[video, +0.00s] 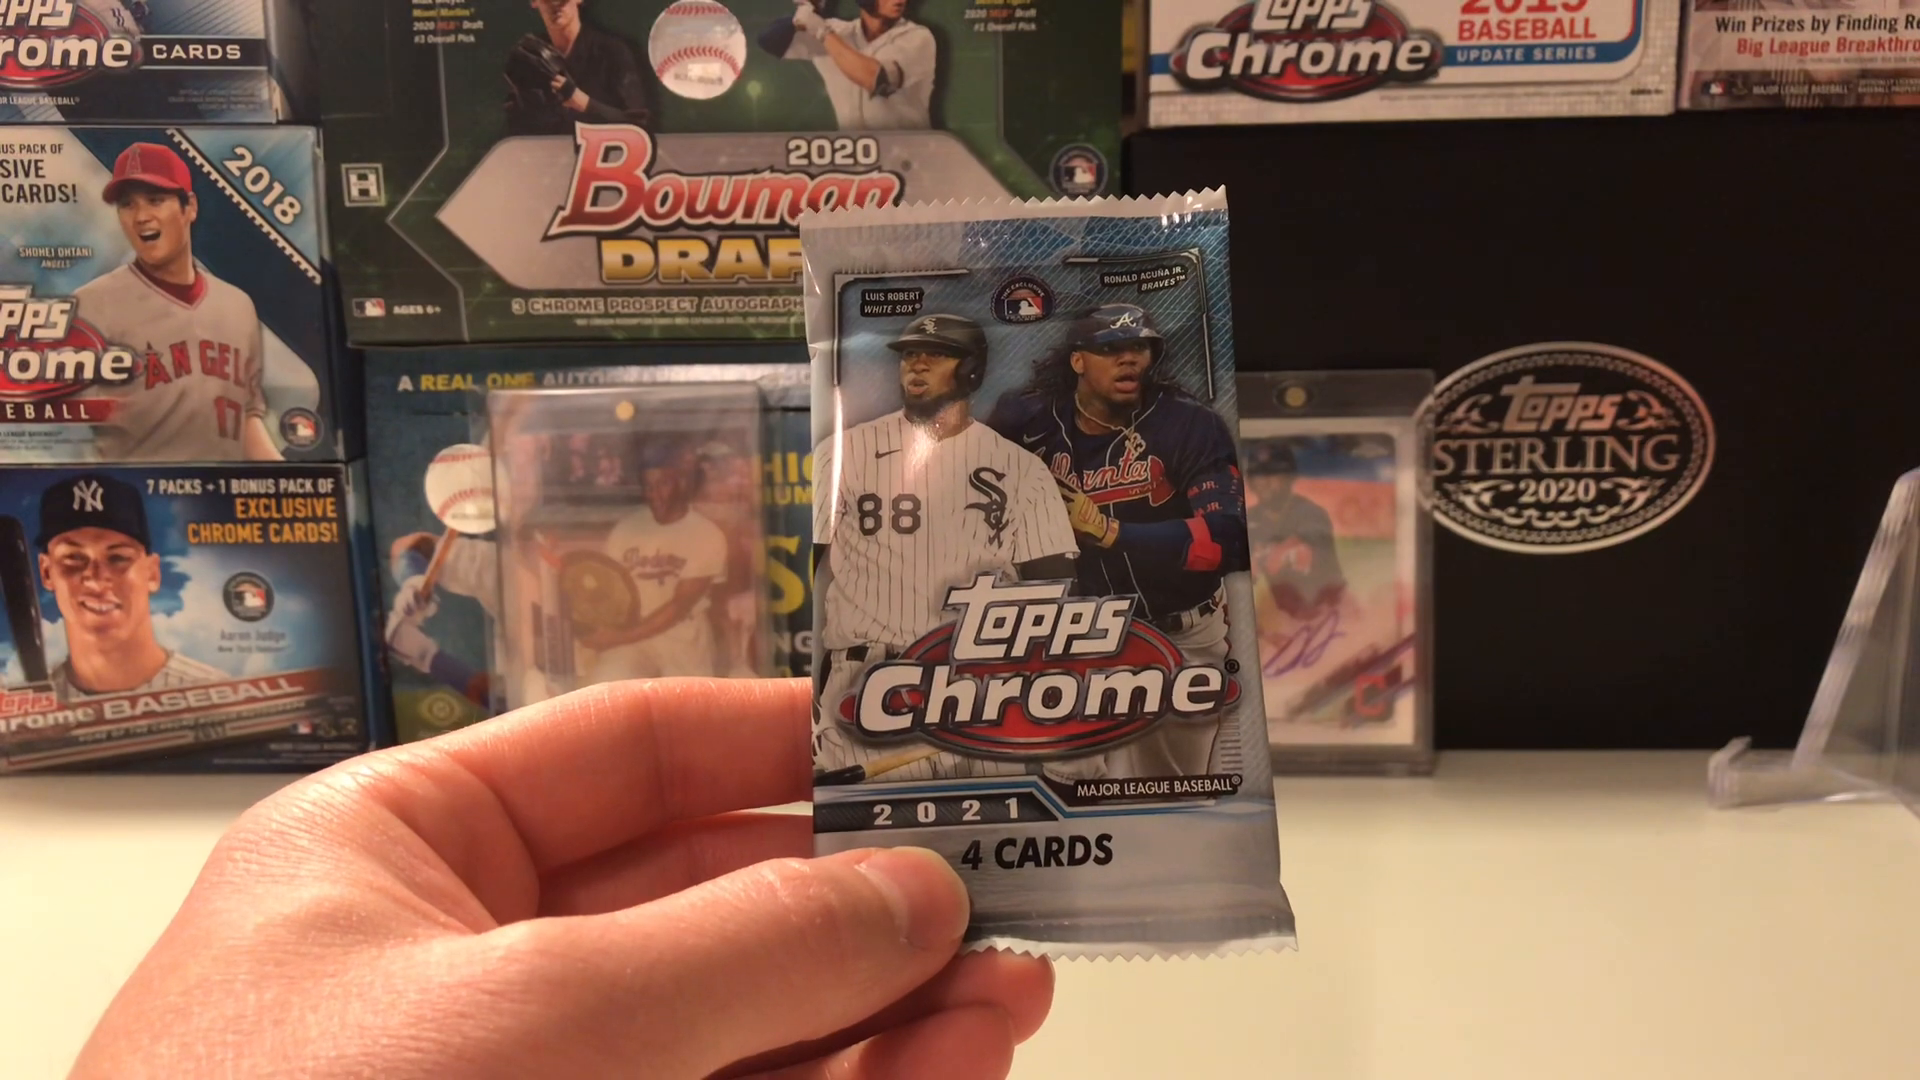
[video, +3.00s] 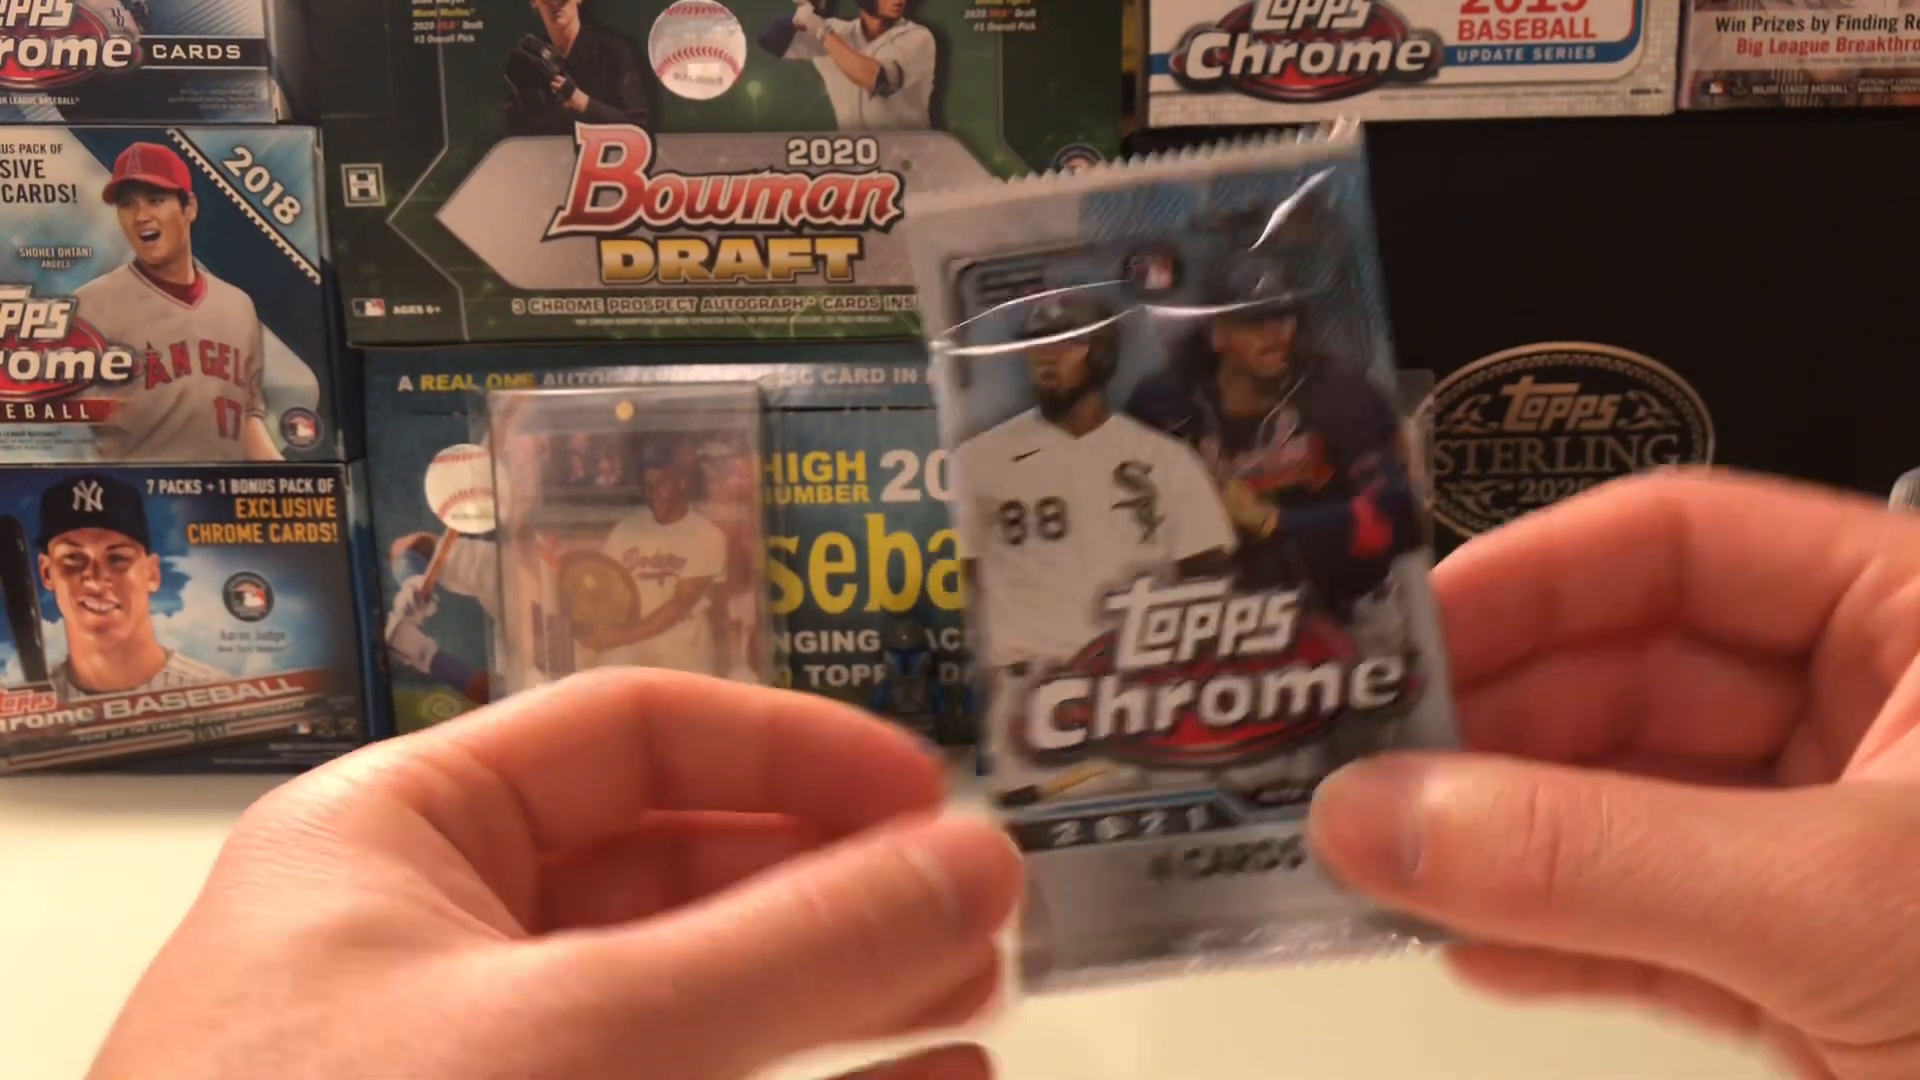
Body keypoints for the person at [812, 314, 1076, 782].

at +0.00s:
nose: (916, 366)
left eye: (933, 356)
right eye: (909, 355)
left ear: (968, 370)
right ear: (899, 365)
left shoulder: (1020, 471)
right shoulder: (840, 456)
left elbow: (1051, 594)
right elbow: (812, 571)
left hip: (975, 694)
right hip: (856, 692)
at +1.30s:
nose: (979, 371)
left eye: (997, 361)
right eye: (972, 360)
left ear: (1033, 378)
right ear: (961, 369)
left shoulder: (1086, 480)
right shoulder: (903, 464)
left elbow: (1121, 607)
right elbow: (866, 590)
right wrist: (870, 713)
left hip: (1042, 713)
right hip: (920, 709)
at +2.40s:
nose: (1032, 370)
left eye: (1051, 360)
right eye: (1025, 359)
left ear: (1087, 377)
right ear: (1014, 369)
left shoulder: (1145, 483)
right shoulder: (957, 464)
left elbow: (1178, 611)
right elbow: (910, 593)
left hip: (1100, 716)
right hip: (979, 714)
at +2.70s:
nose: (1028, 369)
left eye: (1046, 359)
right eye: (1021, 358)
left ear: (1083, 375)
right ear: (1010, 368)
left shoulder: (1139, 478)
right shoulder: (951, 462)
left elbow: (1172, 606)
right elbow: (912, 588)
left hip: (1099, 717)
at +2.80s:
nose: (1038, 376)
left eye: (1055, 366)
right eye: (1031, 365)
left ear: (1091, 382)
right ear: (1020, 375)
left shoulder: (1147, 485)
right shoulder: (959, 468)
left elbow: (1183, 611)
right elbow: (934, 593)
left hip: (1102, 711)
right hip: (982, 710)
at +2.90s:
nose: (1045, 379)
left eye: (1062, 368)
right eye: (1037, 368)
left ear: (1098, 384)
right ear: (1027, 378)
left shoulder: (1156, 486)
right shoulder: (970, 471)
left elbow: (1191, 613)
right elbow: (946, 594)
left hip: (1111, 714)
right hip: (993, 714)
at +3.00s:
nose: (1044, 357)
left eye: (1063, 343)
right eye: (1035, 345)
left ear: (1102, 353)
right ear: (1023, 355)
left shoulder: (1168, 462)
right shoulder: (980, 462)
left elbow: (1210, 591)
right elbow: (972, 593)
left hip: (1142, 732)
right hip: (1022, 738)